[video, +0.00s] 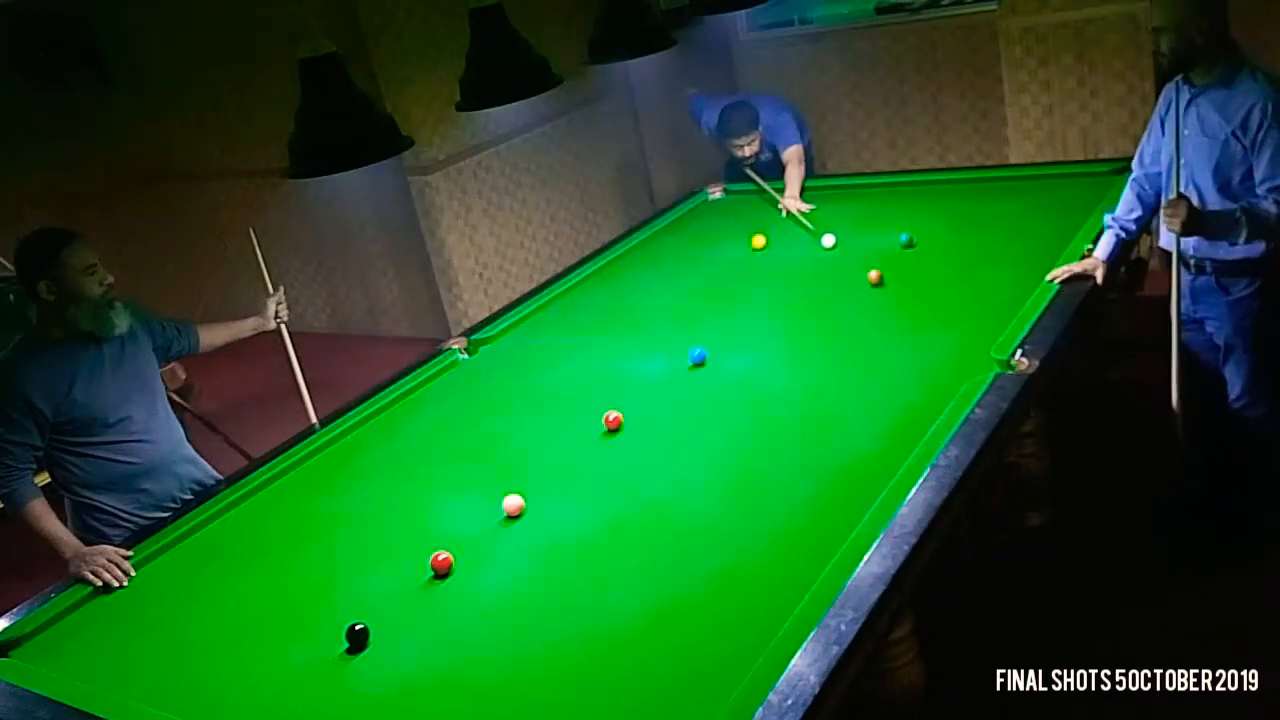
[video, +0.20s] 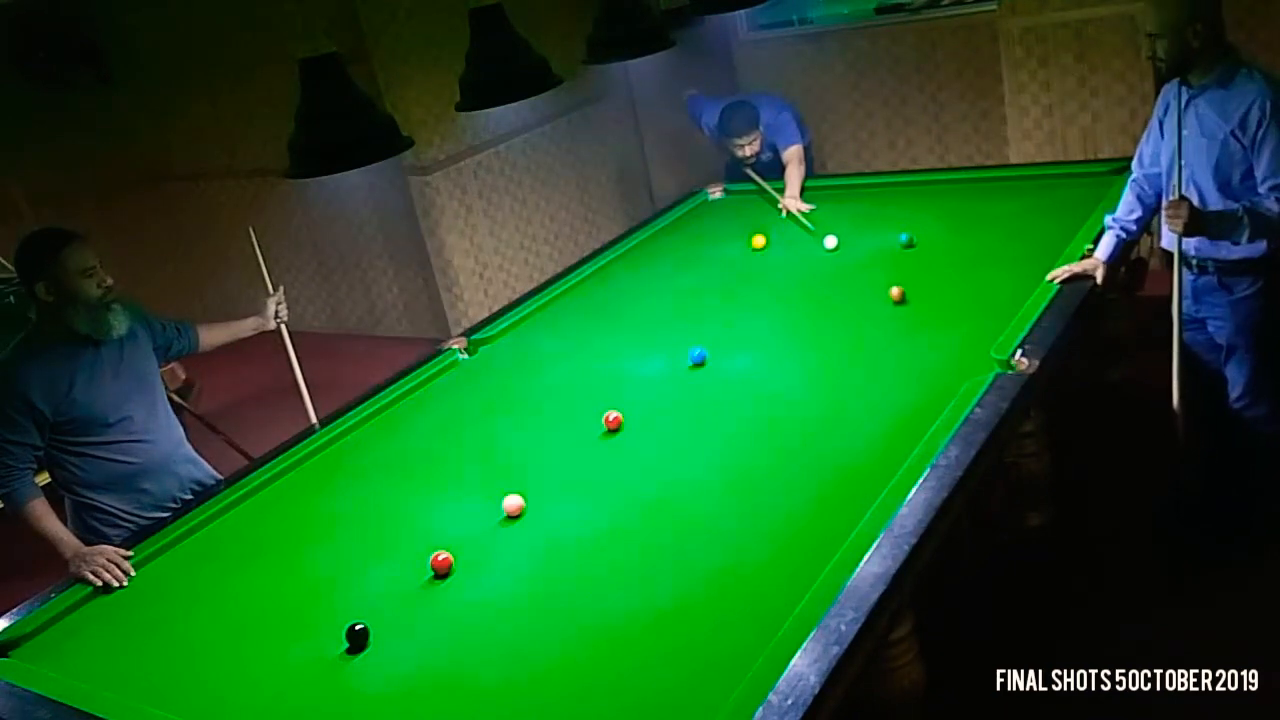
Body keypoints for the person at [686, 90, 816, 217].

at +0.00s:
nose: (747, 152)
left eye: (751, 143)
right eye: (738, 148)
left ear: (760, 131)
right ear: (721, 141)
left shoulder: (778, 120)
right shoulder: (710, 117)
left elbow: (795, 160)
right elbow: (691, 95)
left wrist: (791, 196)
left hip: (779, 156)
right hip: (738, 162)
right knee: (739, 210)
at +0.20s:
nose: (747, 152)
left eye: (752, 143)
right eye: (739, 147)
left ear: (761, 130)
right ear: (723, 140)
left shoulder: (778, 118)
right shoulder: (710, 118)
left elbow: (795, 160)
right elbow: (690, 96)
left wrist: (791, 196)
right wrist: (714, 141)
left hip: (778, 157)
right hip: (738, 162)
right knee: (740, 213)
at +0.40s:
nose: (748, 152)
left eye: (753, 143)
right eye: (740, 147)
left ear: (761, 130)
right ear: (724, 141)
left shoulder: (778, 118)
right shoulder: (711, 119)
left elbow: (795, 160)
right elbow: (690, 95)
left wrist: (791, 196)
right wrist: (718, 147)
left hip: (779, 158)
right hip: (738, 163)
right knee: (740, 214)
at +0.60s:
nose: (748, 152)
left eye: (753, 143)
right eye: (740, 147)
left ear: (762, 130)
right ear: (723, 141)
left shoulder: (778, 118)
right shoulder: (710, 118)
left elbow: (795, 161)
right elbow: (689, 97)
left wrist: (791, 196)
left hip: (779, 158)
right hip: (738, 163)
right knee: (740, 214)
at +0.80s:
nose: (749, 151)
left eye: (754, 142)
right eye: (741, 146)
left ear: (762, 130)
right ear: (725, 140)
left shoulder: (780, 118)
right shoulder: (712, 119)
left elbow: (795, 161)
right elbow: (688, 97)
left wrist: (792, 196)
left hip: (778, 160)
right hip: (738, 164)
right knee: (742, 215)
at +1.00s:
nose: (750, 148)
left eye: (755, 139)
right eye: (742, 143)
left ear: (764, 127)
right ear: (727, 137)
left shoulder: (782, 117)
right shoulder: (715, 117)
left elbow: (796, 160)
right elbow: (690, 95)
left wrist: (792, 196)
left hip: (779, 159)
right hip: (739, 162)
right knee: (741, 213)